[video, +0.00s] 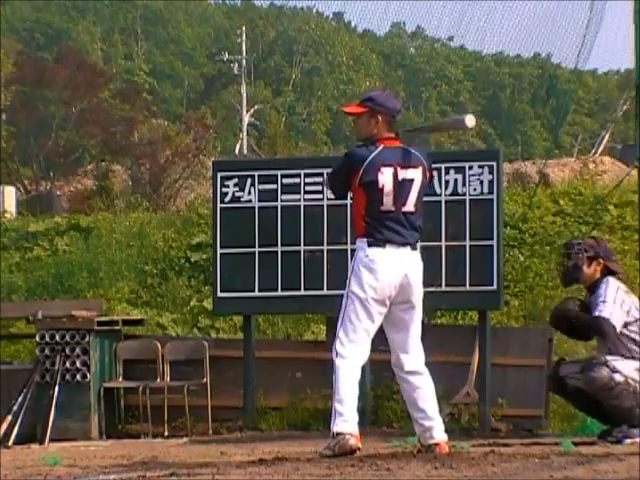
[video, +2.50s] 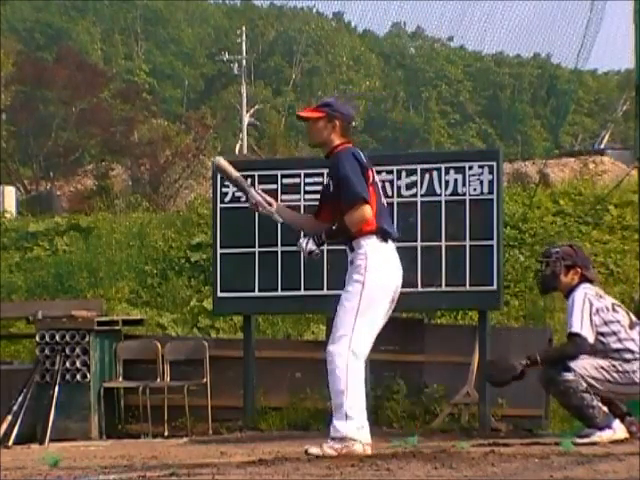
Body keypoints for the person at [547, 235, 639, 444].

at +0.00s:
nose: (571, 266)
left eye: (579, 261)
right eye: (571, 260)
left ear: (598, 265)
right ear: (596, 267)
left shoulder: (609, 287)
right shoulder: (597, 291)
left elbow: (605, 328)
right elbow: (587, 333)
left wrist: (571, 317)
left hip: (632, 366)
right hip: (618, 363)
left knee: (595, 374)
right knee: (560, 375)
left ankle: (633, 424)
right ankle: (620, 424)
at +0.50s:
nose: (566, 264)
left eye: (574, 259)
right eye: (566, 258)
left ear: (594, 266)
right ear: (593, 266)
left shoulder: (602, 288)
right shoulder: (589, 290)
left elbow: (574, 318)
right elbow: (568, 310)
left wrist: (554, 310)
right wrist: (555, 311)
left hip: (633, 371)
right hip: (621, 368)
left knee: (567, 363)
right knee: (556, 373)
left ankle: (611, 428)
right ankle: (620, 421)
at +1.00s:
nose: (562, 282)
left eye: (570, 278)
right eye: (564, 276)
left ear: (592, 286)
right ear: (592, 286)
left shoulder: (596, 309)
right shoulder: (602, 306)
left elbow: (563, 345)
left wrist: (541, 317)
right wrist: (532, 317)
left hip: (630, 396)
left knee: (556, 371)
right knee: (559, 367)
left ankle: (606, 426)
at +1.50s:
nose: (555, 287)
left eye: (563, 282)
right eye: (556, 281)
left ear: (585, 289)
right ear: (585, 290)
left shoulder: (587, 312)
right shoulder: (601, 309)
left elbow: (572, 357)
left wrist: (527, 341)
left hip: (629, 398)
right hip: (631, 394)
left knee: (552, 374)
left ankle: (606, 426)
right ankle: (624, 422)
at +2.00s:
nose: (552, 289)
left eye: (561, 283)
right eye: (554, 282)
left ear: (582, 290)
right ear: (583, 291)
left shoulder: (585, 312)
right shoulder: (600, 310)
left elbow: (571, 363)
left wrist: (530, 349)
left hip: (629, 398)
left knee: (551, 375)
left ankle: (606, 426)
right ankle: (626, 423)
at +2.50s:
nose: (545, 273)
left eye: (553, 267)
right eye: (546, 266)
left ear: (575, 273)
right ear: (576, 275)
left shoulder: (581, 294)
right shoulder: (593, 292)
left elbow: (579, 345)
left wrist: (538, 359)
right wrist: (552, 354)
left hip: (631, 370)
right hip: (630, 367)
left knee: (556, 372)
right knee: (572, 367)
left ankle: (606, 426)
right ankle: (623, 420)